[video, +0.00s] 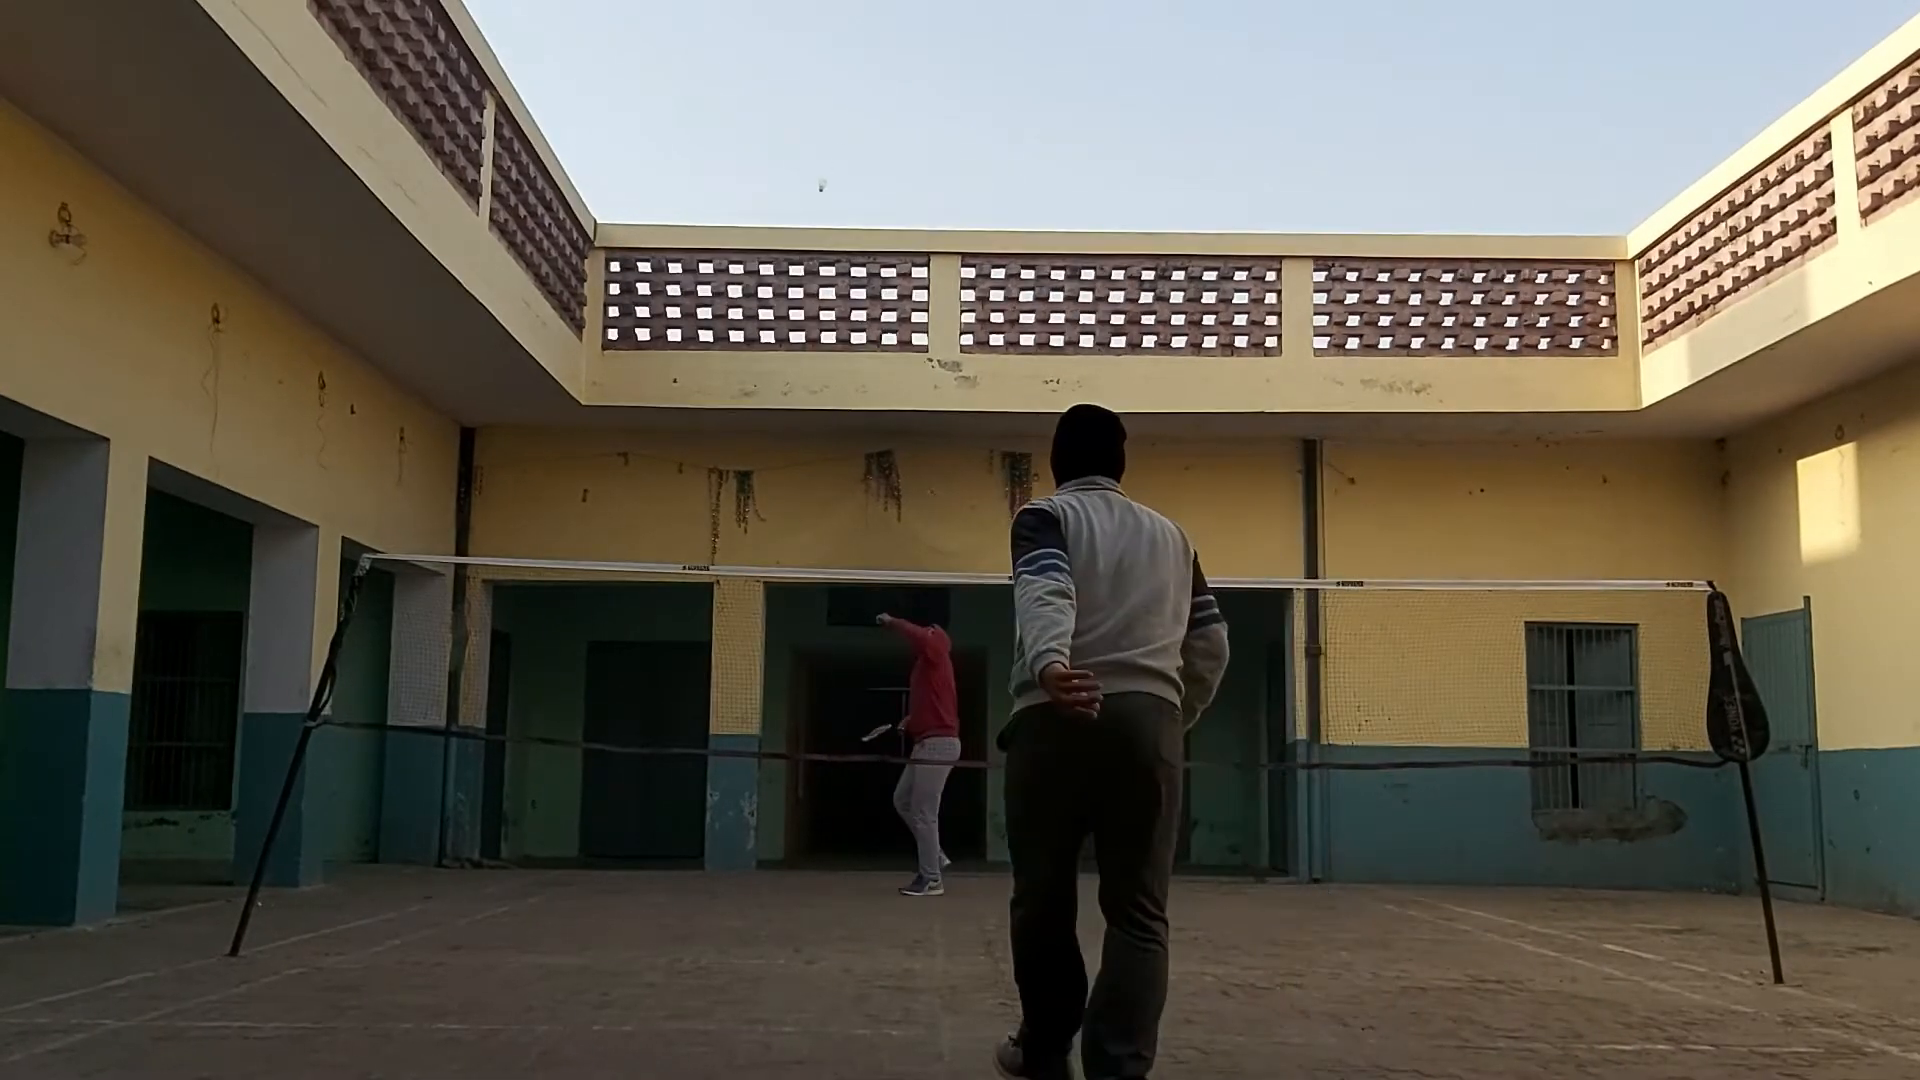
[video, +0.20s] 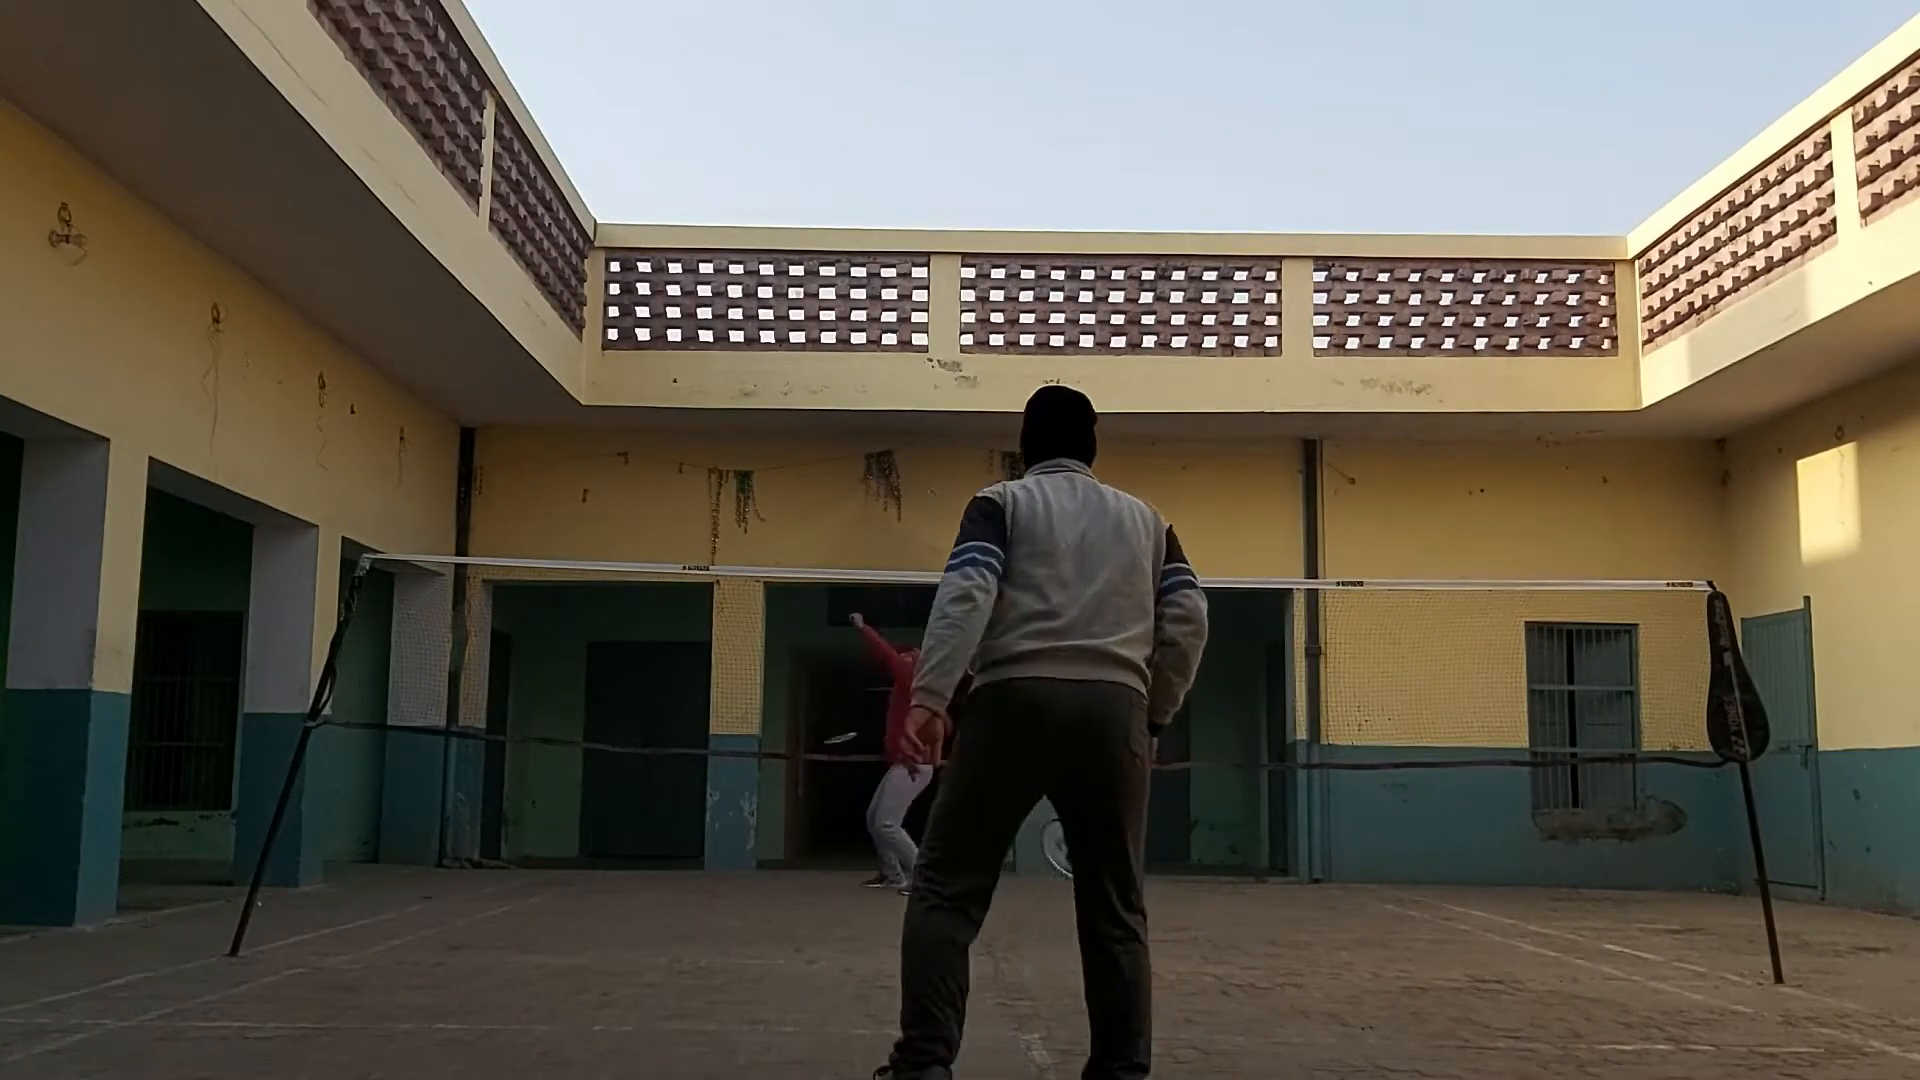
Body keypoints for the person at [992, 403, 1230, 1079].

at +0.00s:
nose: (1057, 474)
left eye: (1055, 463)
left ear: (1057, 466)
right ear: (1122, 466)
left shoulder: (1045, 516)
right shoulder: (1171, 535)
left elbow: (1046, 590)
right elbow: (1210, 646)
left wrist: (1048, 661)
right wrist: (1173, 716)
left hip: (1052, 723)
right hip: (1148, 726)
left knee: (1042, 897)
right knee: (1140, 908)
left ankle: (1047, 1049)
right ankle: (1122, 1064)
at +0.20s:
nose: (1020, 453)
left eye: (1021, 444)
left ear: (1024, 448)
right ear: (1093, 450)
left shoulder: (1000, 502)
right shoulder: (1147, 520)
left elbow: (969, 590)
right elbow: (1187, 620)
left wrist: (929, 696)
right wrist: (1150, 715)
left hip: (1008, 705)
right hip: (1113, 710)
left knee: (948, 885)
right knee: (1114, 902)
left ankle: (925, 1059)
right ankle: (1122, 1067)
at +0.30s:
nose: (997, 458)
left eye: (995, 449)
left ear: (1000, 453)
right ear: (1069, 454)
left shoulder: (966, 514)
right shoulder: (1122, 523)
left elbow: (907, 620)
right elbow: (1167, 623)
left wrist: (856, 725)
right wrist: (1136, 725)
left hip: (979, 719)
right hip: (1089, 724)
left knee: (912, 890)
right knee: (1103, 909)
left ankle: (856, 1064)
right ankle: (1119, 1068)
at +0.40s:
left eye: (971, 458)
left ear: (968, 461)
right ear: (1039, 463)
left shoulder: (925, 527)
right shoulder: (1086, 537)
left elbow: (861, 639)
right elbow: (1135, 640)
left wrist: (825, 732)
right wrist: (1116, 736)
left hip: (942, 726)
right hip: (1055, 734)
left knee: (886, 907)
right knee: (1077, 901)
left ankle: (839, 1068)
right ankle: (1111, 1065)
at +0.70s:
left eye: (929, 440)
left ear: (921, 448)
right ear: (996, 450)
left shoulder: (866, 520)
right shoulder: (1035, 522)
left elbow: (810, 627)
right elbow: (1082, 637)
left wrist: (885, 655)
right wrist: (1082, 676)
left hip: (869, 731)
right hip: (985, 737)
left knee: (789, 903)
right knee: (1054, 919)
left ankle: (749, 1065)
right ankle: (1070, 1072)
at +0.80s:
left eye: (909, 455)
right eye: (966, 456)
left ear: (898, 462)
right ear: (972, 463)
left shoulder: (844, 542)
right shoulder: (1004, 539)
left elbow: (793, 653)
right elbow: (1069, 653)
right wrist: (1094, 618)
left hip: (846, 764)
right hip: (967, 769)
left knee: (767, 933)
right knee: (1054, 935)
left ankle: (680, 1072)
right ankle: (1077, 1077)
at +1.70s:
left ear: (861, 453)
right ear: (934, 452)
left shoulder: (812, 539)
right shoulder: (975, 523)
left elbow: (766, 657)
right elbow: (1025, 636)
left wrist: (820, 715)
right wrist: (1018, 697)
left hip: (829, 752)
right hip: (946, 752)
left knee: (768, 906)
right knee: (1028, 924)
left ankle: (678, 1051)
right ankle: (1054, 1068)